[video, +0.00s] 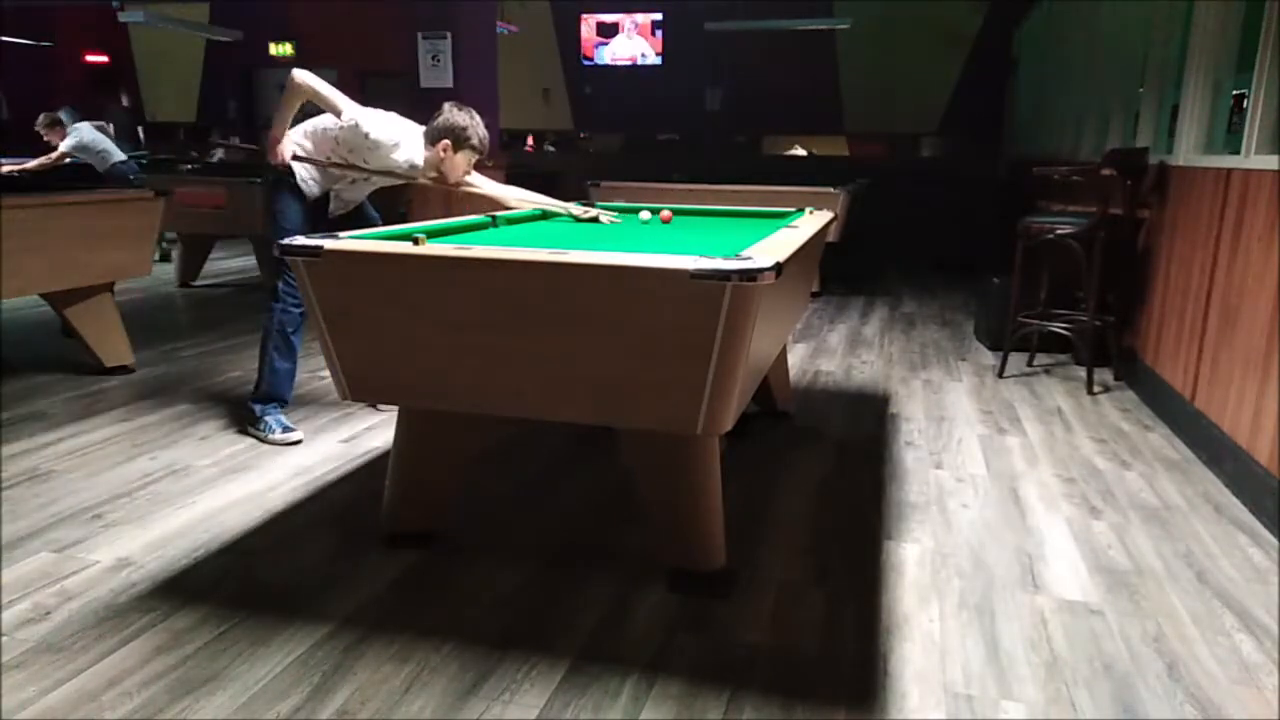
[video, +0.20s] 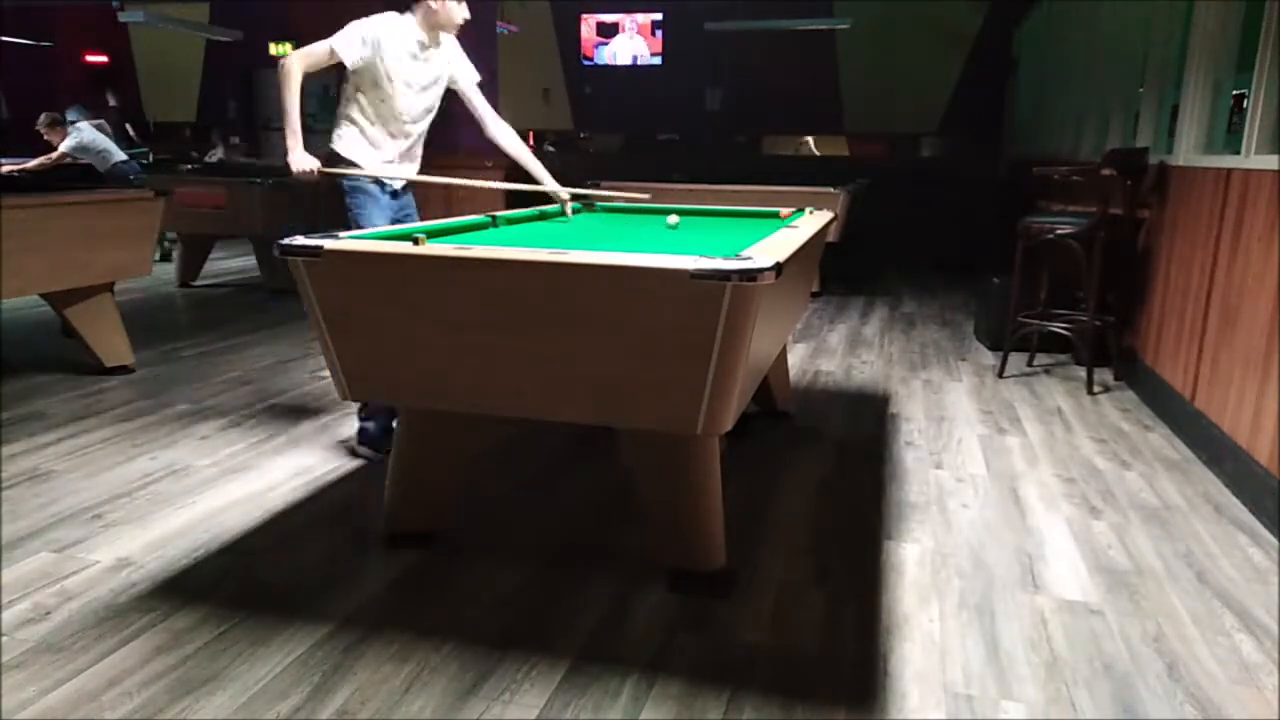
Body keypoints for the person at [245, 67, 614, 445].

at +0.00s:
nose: (470, 172)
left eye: (474, 164)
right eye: (469, 161)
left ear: (448, 150)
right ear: (444, 148)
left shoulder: (432, 161)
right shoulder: (382, 136)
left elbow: (503, 195)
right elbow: (299, 79)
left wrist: (572, 209)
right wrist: (279, 133)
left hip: (345, 186)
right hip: (299, 172)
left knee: (387, 271)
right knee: (293, 290)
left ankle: (392, 380)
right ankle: (266, 408)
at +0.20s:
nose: (467, 11)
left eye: (466, 3)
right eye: (459, 2)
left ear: (442, 7)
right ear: (430, 3)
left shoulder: (451, 55)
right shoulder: (380, 31)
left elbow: (493, 124)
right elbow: (293, 64)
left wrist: (550, 183)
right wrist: (295, 147)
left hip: (400, 182)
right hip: (358, 176)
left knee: (419, 294)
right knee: (385, 294)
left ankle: (401, 419)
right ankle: (373, 426)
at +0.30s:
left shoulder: (427, 21)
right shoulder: (368, 11)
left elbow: (415, 98)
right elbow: (308, 81)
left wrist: (470, 152)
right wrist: (331, 175)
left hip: (402, 170)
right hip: (371, 170)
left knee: (402, 300)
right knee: (408, 298)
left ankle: (384, 428)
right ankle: (380, 430)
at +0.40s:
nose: (460, 8)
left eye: (460, 4)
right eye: (458, 2)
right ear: (444, 0)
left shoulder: (399, 29)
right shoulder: (425, 32)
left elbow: (399, 120)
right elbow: (423, 114)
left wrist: (434, 170)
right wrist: (459, 168)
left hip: (388, 167)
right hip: (404, 169)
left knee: (405, 289)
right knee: (428, 286)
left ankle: (387, 410)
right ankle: (389, 412)